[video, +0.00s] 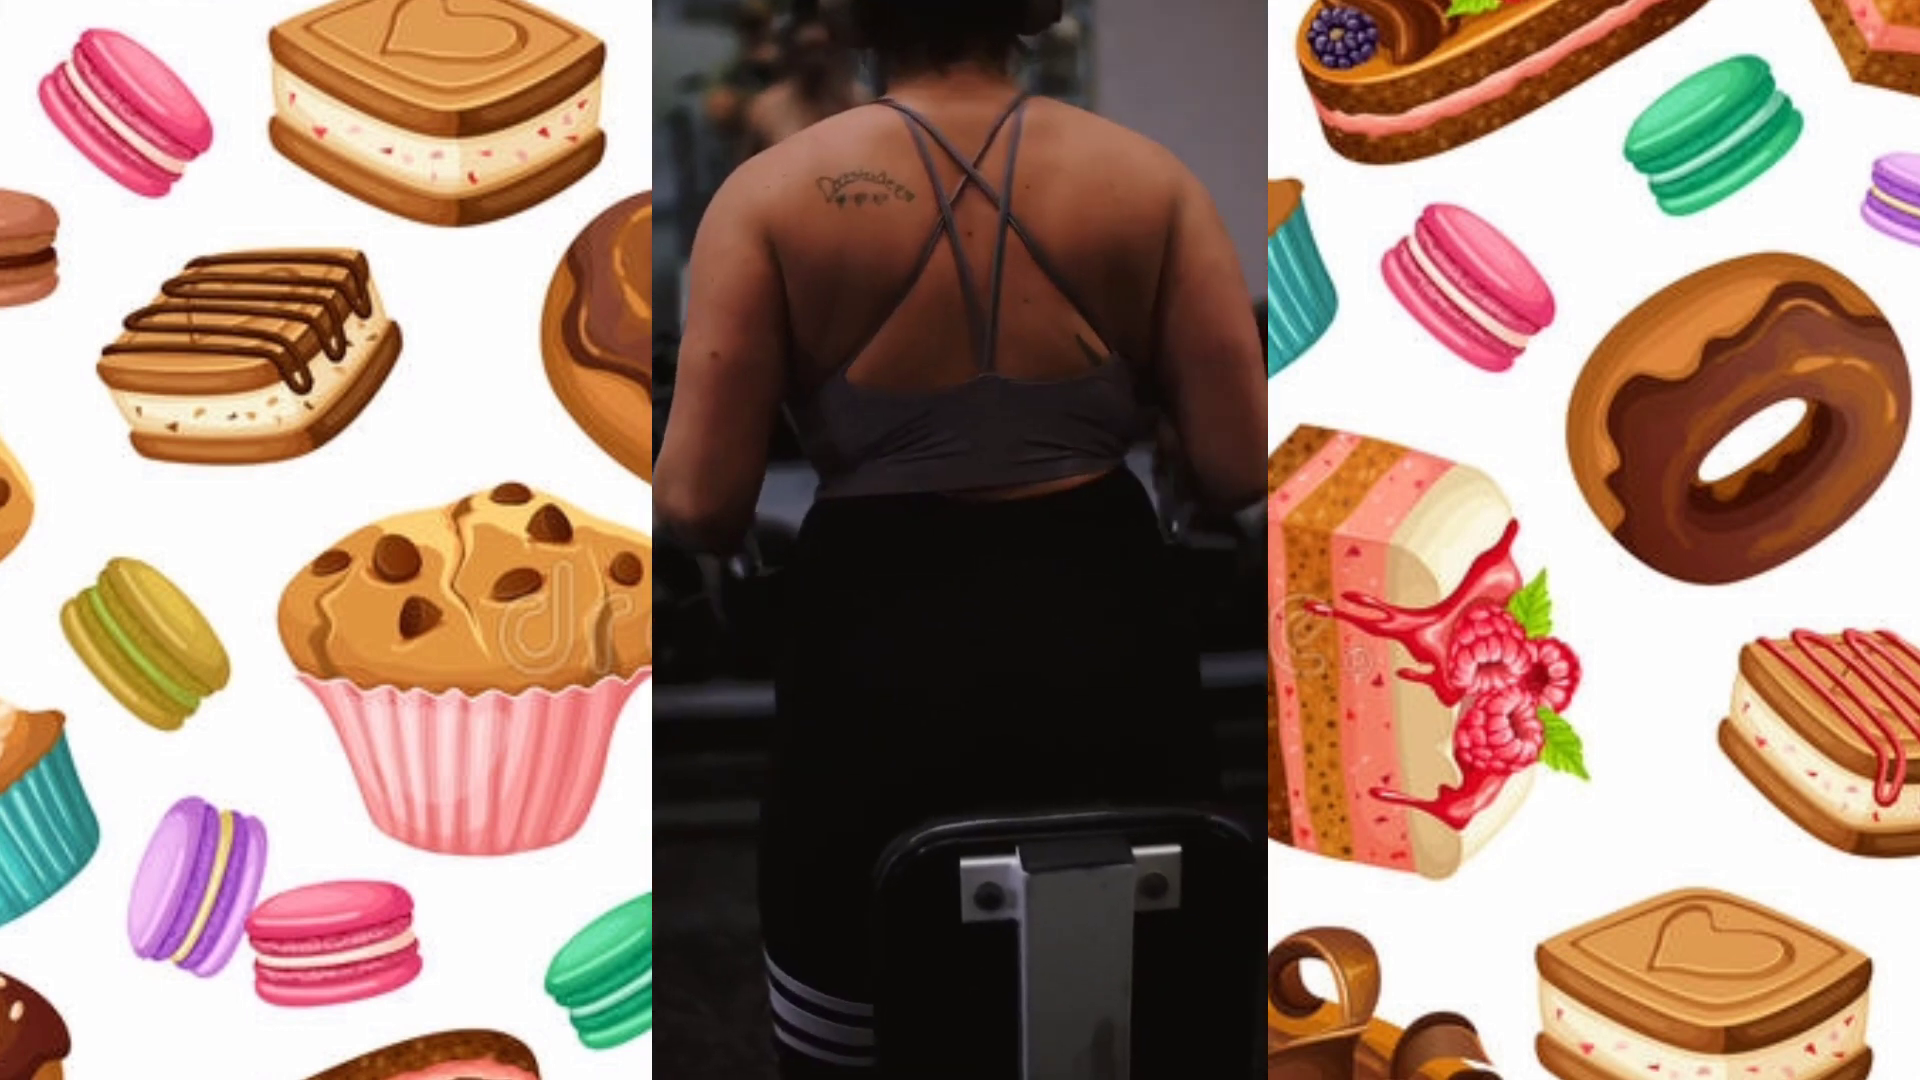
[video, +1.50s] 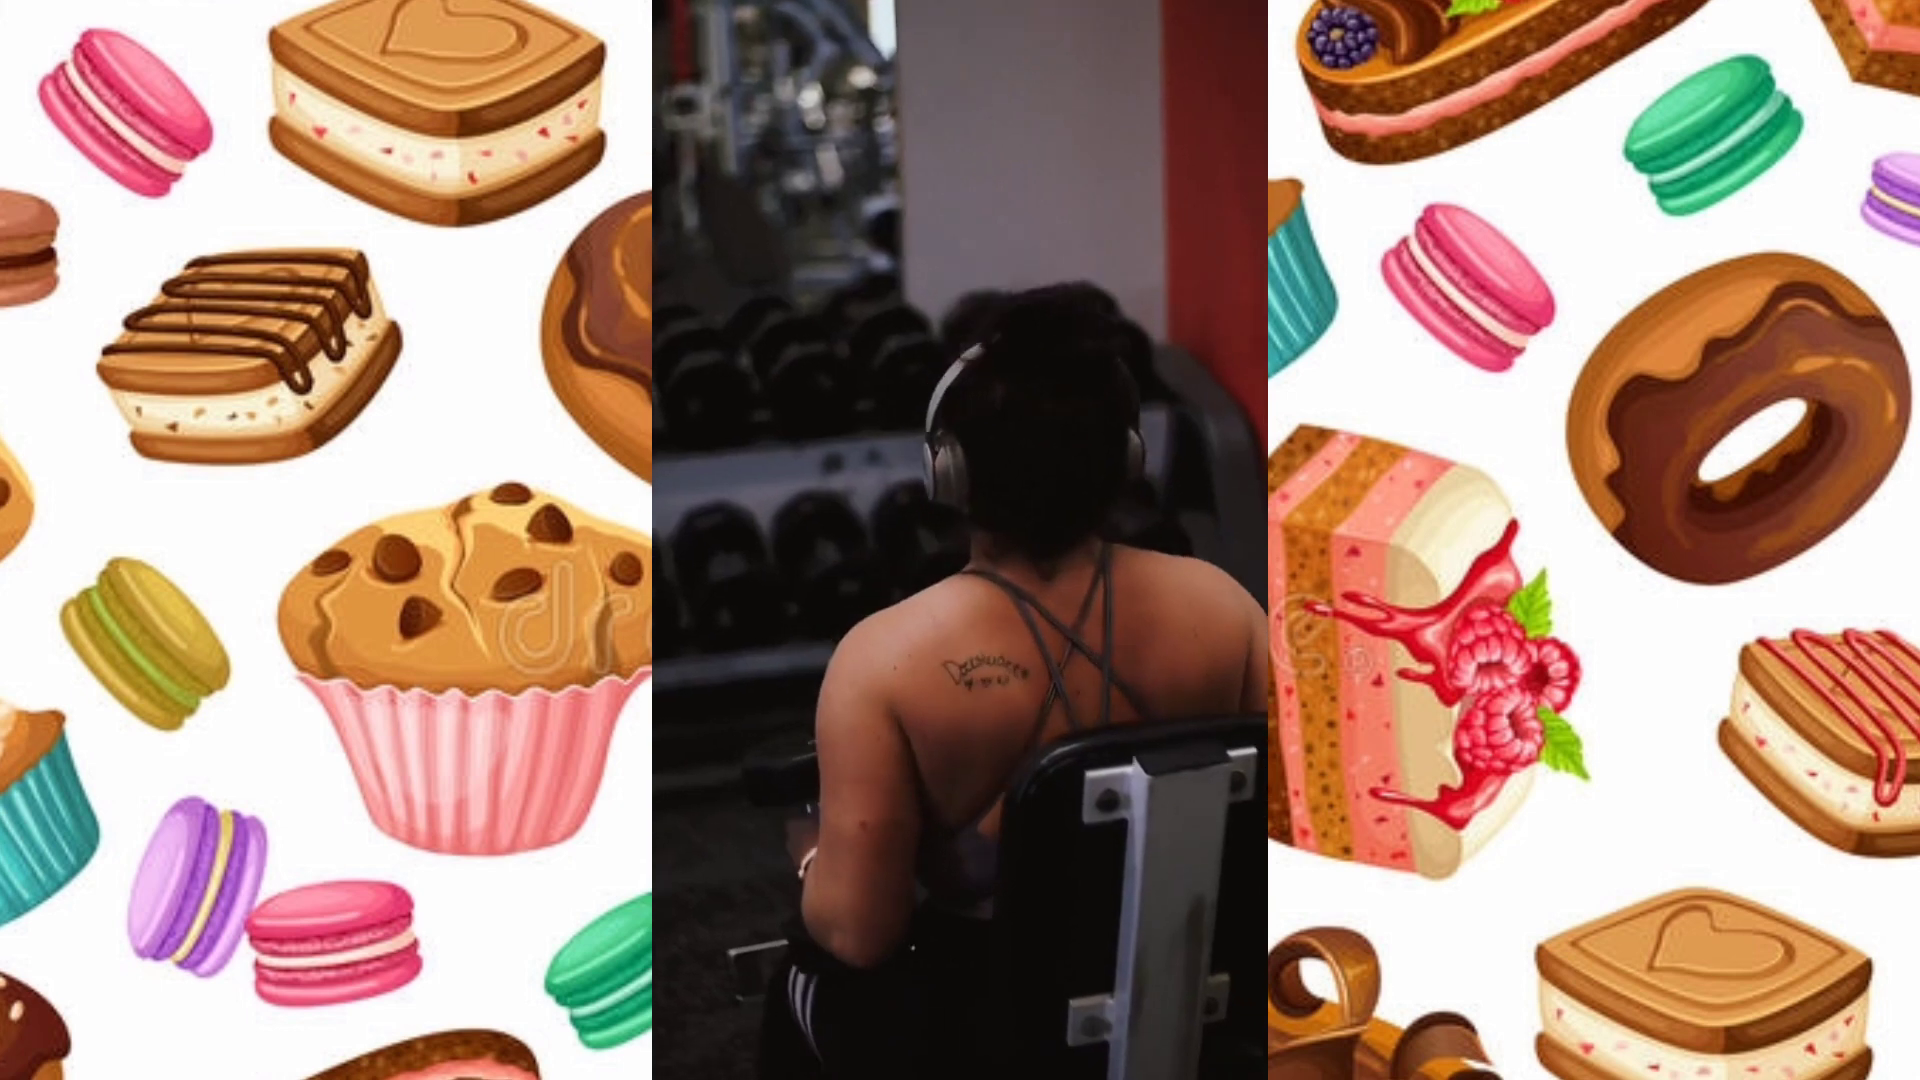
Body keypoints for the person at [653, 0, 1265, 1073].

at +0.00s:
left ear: (861, 24)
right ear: (1025, 18)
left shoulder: (770, 198)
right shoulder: (1145, 183)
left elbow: (699, 502)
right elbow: (1237, 471)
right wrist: (1148, 396)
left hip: (874, 657)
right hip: (1106, 649)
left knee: (845, 1034)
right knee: (1127, 1016)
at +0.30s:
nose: (795, 112)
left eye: (804, 94)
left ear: (813, 116)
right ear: (994, 107)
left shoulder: (738, 311)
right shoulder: (1105, 291)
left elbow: (689, 591)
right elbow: (1198, 548)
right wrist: (1104, 470)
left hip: (853, 757)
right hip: (1080, 745)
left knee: (757, 1042)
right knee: (1101, 1039)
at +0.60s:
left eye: (705, 135)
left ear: (711, 161)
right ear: (876, 152)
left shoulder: (647, 327)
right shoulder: (974, 321)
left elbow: (587, 552)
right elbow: (1044, 567)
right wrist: (1096, 582)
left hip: (721, 725)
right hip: (924, 714)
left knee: (719, 1042)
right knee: (942, 1040)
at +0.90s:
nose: (765, 231)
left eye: (770, 215)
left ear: (780, 238)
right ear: (945, 228)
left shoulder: (711, 414)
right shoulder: (1047, 382)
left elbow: (687, 681)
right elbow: (1154, 608)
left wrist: (774, 618)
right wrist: (1077, 627)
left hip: (848, 806)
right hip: (1053, 780)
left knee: (761, 1051)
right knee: (1042, 1052)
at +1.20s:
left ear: (906, 467)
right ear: (1078, 454)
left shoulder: (844, 644)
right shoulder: (1167, 604)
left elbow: (825, 902)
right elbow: (1259, 823)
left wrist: (780, 866)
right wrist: (1154, 802)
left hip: (965, 1034)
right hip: (1160, 1018)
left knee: (812, 1061)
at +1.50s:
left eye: (931, 450)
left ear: (950, 474)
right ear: (1129, 457)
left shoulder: (885, 663)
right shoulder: (1223, 611)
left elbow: (858, 935)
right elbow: (1291, 837)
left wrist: (814, 860)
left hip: (973, 1038)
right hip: (1187, 1018)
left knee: (810, 951)